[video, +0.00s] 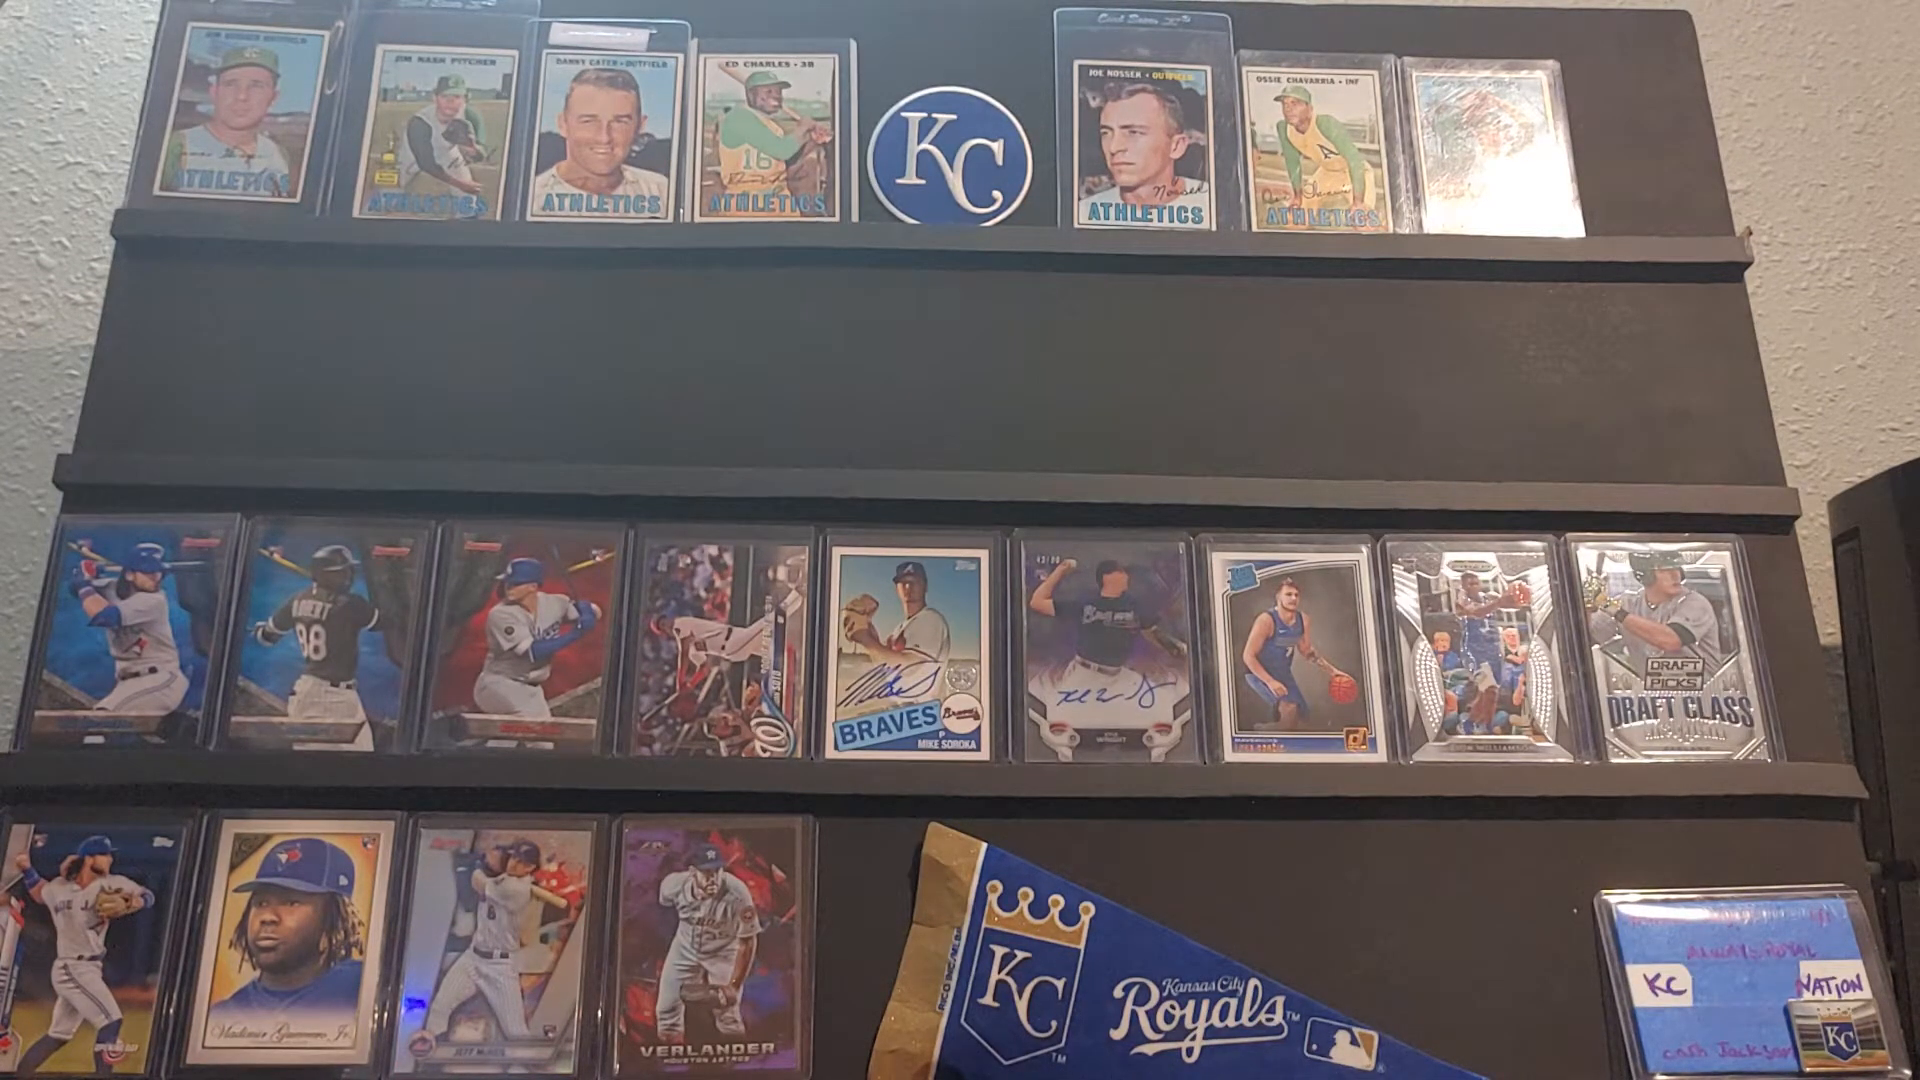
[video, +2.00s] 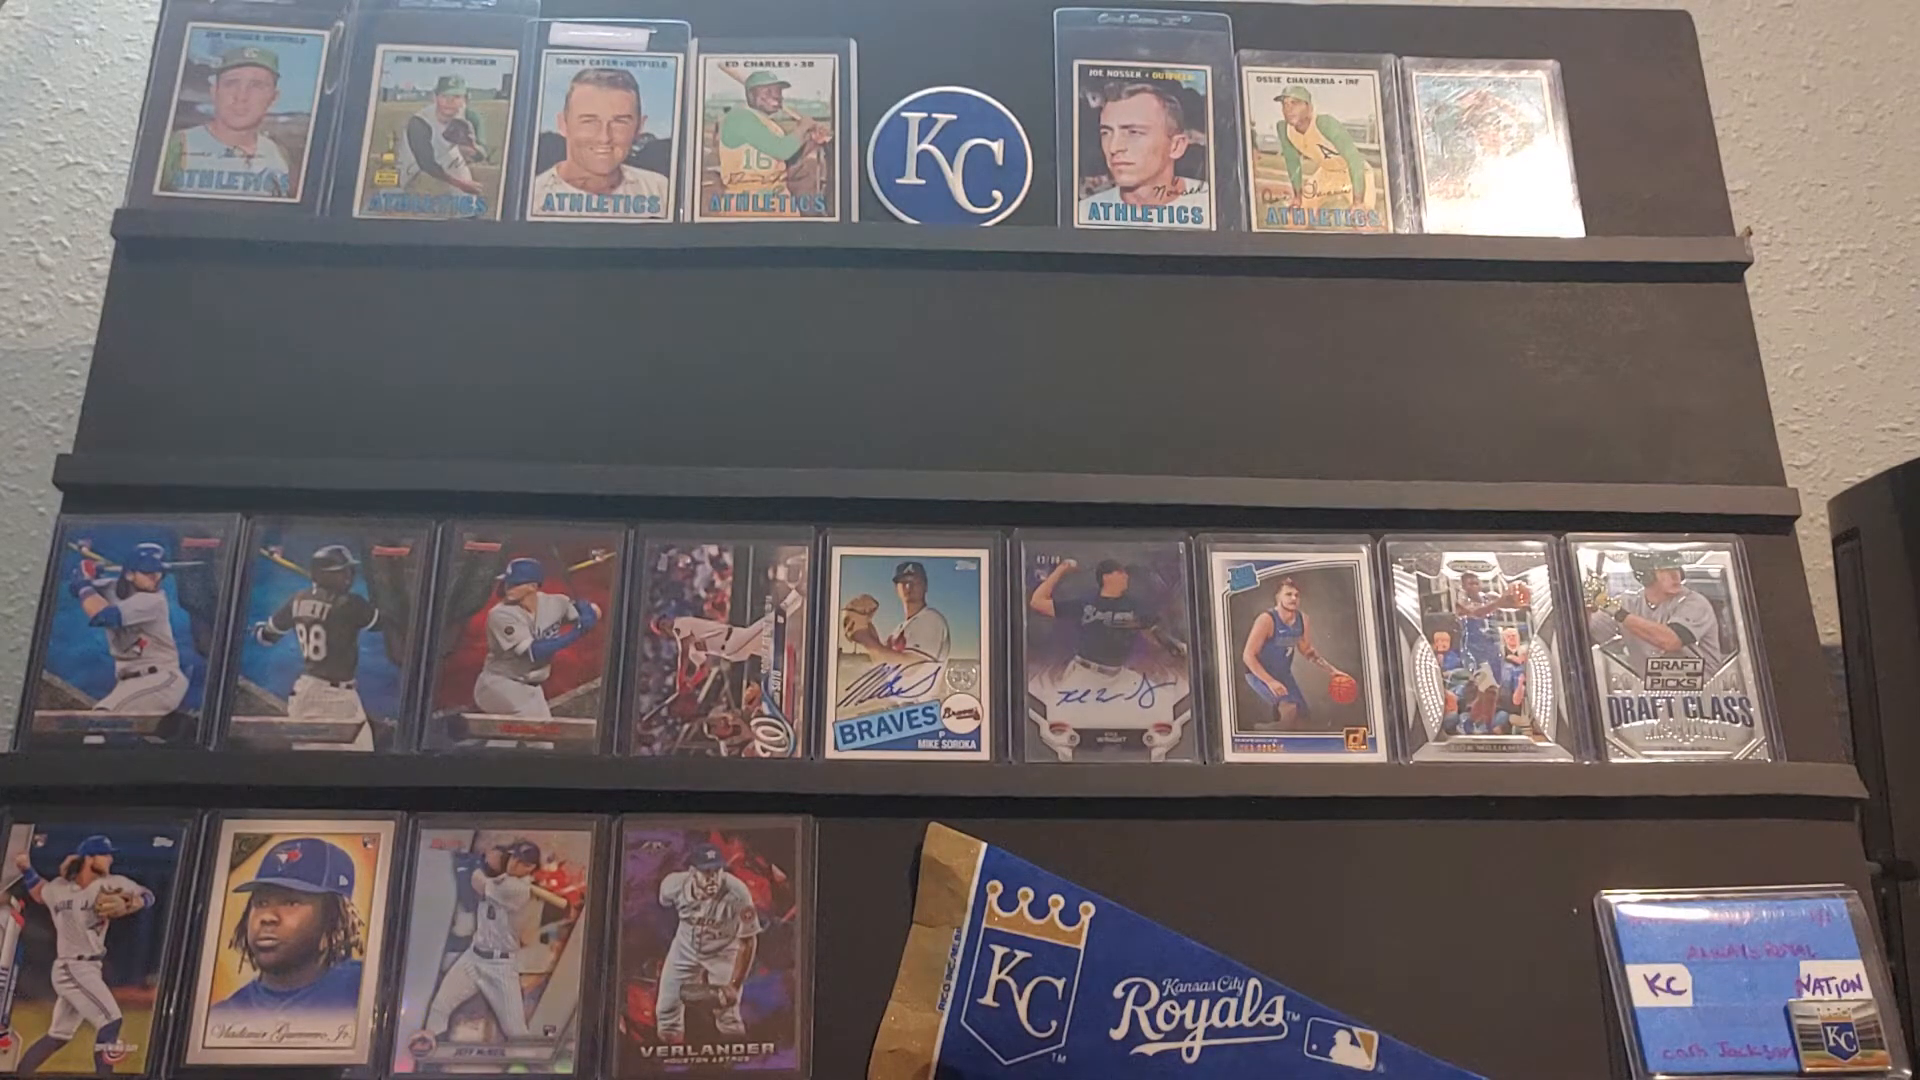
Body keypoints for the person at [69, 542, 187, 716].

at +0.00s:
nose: (156, 577)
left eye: (158, 572)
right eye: (148, 571)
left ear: (162, 573)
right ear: (130, 574)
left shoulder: (154, 601)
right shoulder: (114, 588)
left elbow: (105, 617)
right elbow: (79, 589)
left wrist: (83, 586)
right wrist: (87, 573)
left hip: (163, 679)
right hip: (129, 681)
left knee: (101, 716)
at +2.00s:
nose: (155, 577)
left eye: (158, 572)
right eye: (147, 572)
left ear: (162, 573)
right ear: (130, 574)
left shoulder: (154, 600)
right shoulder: (114, 587)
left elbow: (105, 617)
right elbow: (79, 588)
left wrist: (83, 586)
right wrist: (87, 573)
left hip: (162, 679)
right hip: (129, 682)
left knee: (101, 716)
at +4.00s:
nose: (156, 577)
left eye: (159, 572)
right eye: (148, 572)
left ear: (162, 572)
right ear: (130, 574)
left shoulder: (154, 600)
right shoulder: (113, 588)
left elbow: (104, 617)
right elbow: (79, 588)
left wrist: (82, 585)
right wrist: (88, 573)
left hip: (163, 679)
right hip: (129, 682)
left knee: (100, 717)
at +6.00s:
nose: (156, 577)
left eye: (158, 572)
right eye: (148, 572)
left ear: (162, 573)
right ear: (130, 575)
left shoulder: (155, 600)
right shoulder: (113, 588)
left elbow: (105, 617)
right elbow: (78, 588)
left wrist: (83, 585)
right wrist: (88, 573)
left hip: (162, 680)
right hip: (130, 681)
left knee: (99, 717)